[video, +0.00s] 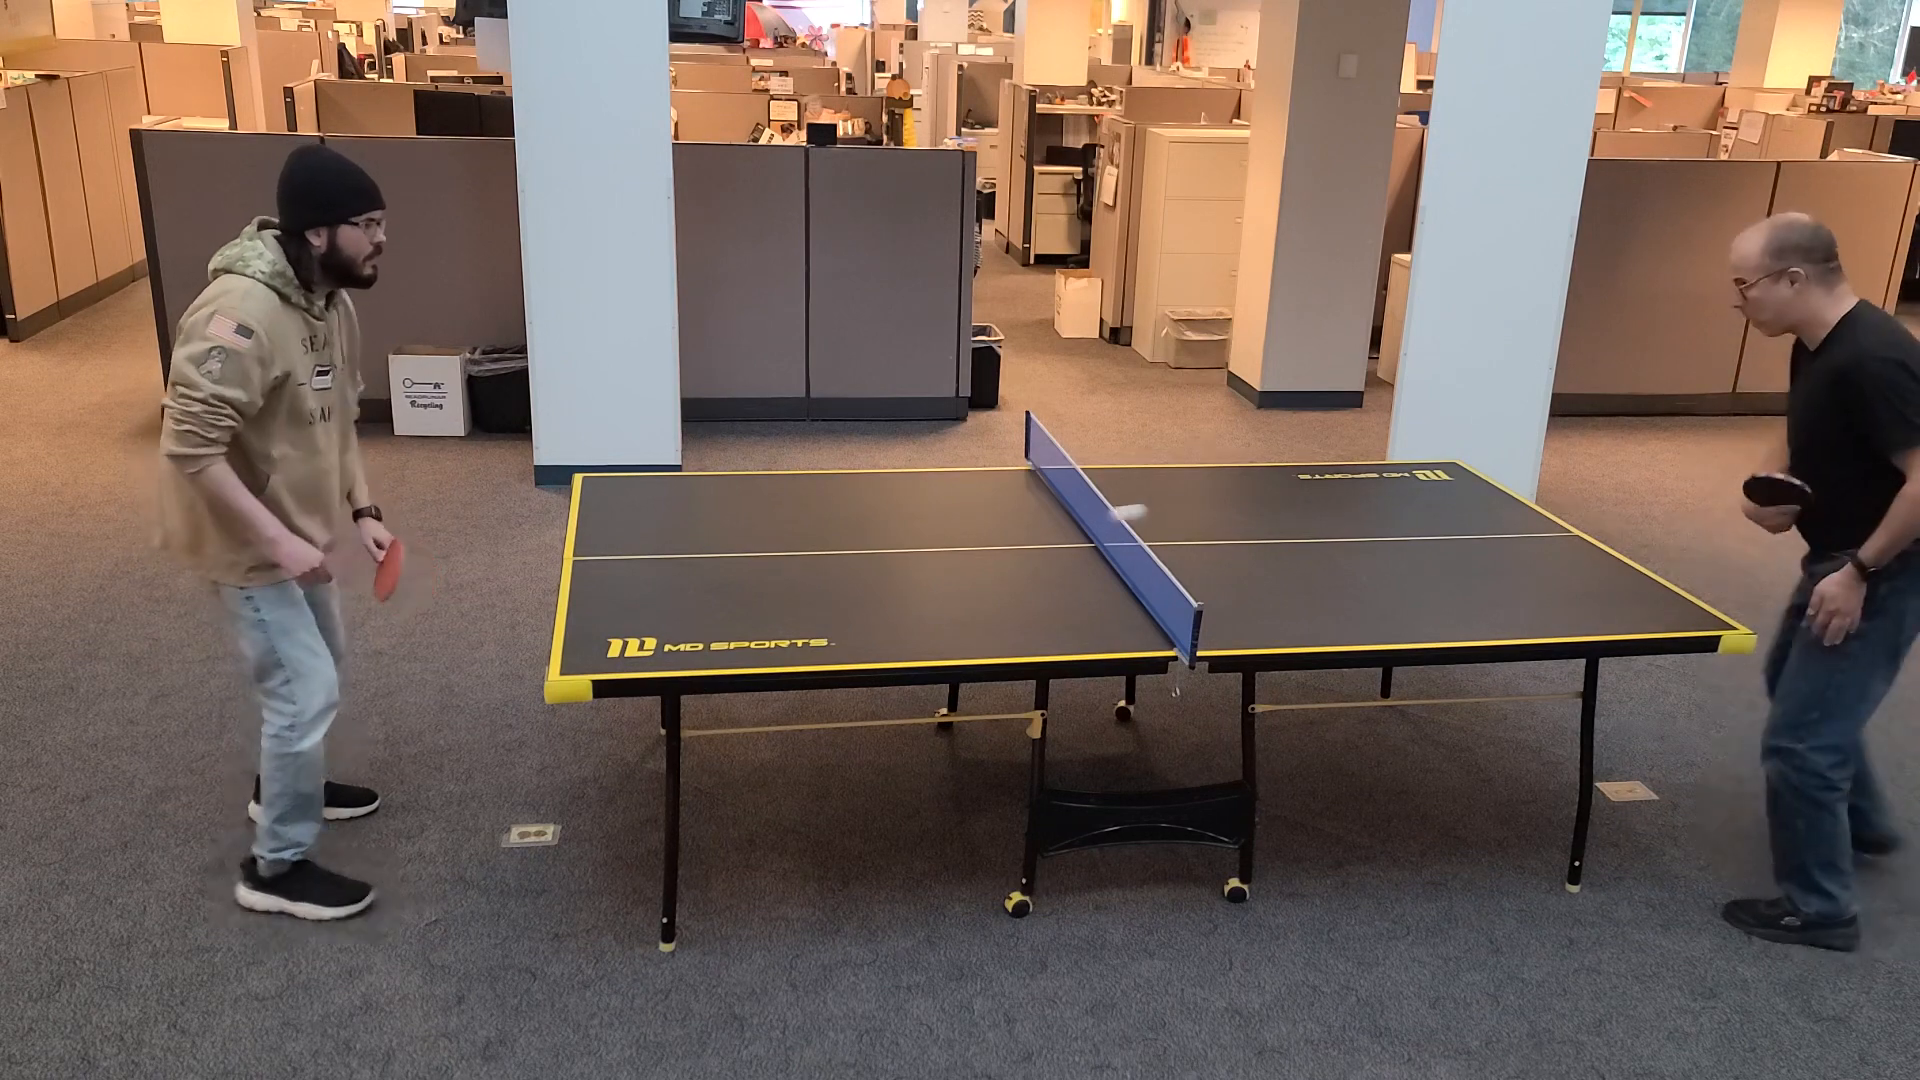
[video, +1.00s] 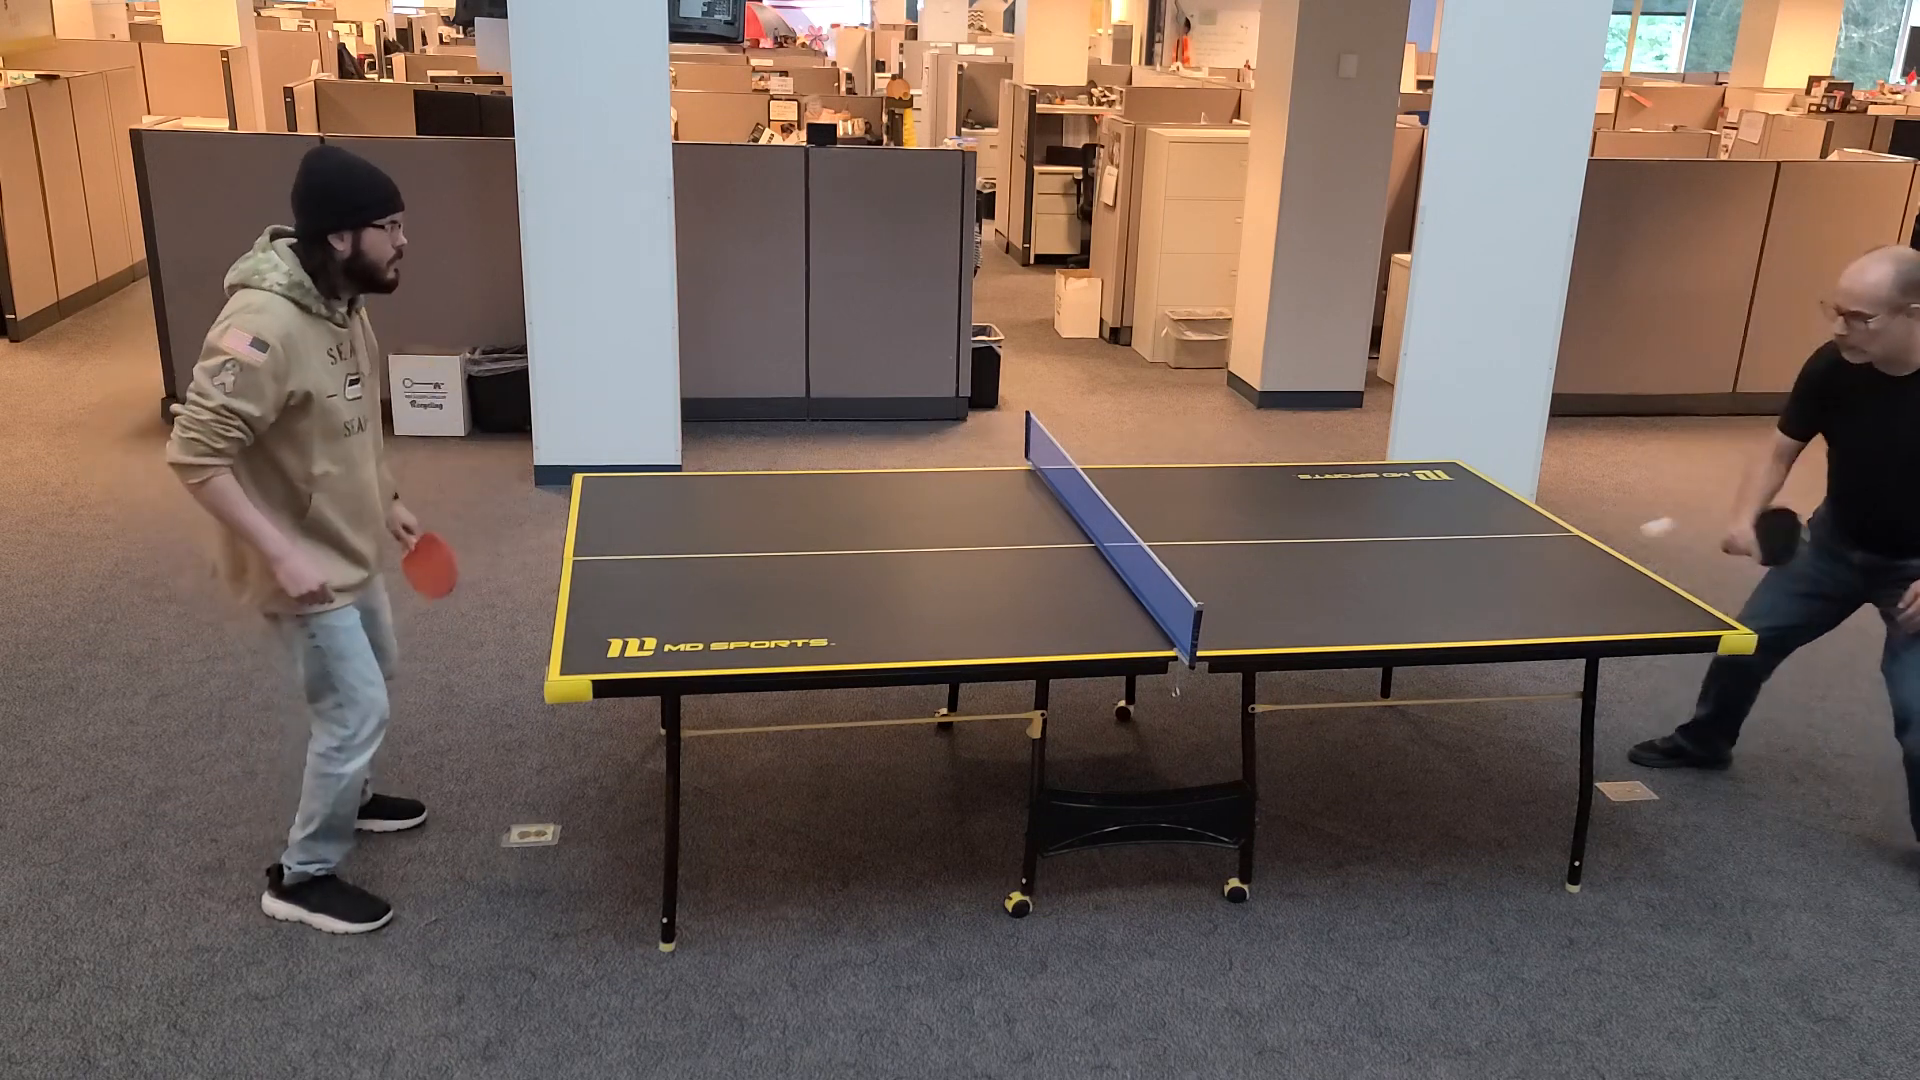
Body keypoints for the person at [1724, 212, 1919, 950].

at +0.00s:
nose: (1738, 297)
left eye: (1746, 283)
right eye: (1736, 284)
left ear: (1796, 279)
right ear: (1797, 279)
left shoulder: (1877, 358)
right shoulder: (1815, 345)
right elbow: (1815, 442)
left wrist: (1859, 572)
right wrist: (1780, 494)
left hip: (1884, 577)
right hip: (1834, 561)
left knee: (1799, 741)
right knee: (1789, 680)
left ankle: (1821, 907)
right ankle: (1865, 823)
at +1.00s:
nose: (1840, 330)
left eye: (1857, 318)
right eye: (1838, 313)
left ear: (1910, 317)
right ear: (1840, 306)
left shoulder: (1918, 383)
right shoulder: (1832, 370)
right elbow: (1782, 450)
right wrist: (1745, 517)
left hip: (1911, 573)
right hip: (1836, 546)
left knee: (1915, 717)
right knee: (1747, 642)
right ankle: (1705, 741)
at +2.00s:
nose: (1669, 293)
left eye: (1684, 283)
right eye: (1669, 280)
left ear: (1735, 282)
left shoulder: (1794, 346)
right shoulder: (1678, 338)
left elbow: (1843, 451)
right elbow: (1634, 400)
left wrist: (1775, 530)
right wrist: (1606, 461)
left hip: (1793, 519)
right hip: (1704, 499)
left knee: (1827, 662)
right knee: (1606, 576)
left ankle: (1879, 776)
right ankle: (1596, 693)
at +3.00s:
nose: (1759, 277)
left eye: (1775, 266)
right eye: (1758, 263)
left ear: (1827, 267)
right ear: (1766, 259)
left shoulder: (1887, 335)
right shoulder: (1764, 325)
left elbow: (1919, 438)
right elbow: (1733, 403)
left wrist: (1830, 471)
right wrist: (1710, 460)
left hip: (1877, 505)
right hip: (1794, 493)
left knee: (1861, 660)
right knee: (1709, 586)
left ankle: (1884, 793)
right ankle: (1745, 690)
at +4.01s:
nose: (1789, 303)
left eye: (1804, 294)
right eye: (1789, 290)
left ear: (1857, 297)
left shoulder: (1911, 358)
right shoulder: (1806, 354)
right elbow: (1768, 426)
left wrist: (1840, 497)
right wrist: (1735, 472)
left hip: (1903, 525)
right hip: (1832, 515)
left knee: (1886, 672)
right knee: (1761, 596)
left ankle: (1901, 820)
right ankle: (1737, 691)